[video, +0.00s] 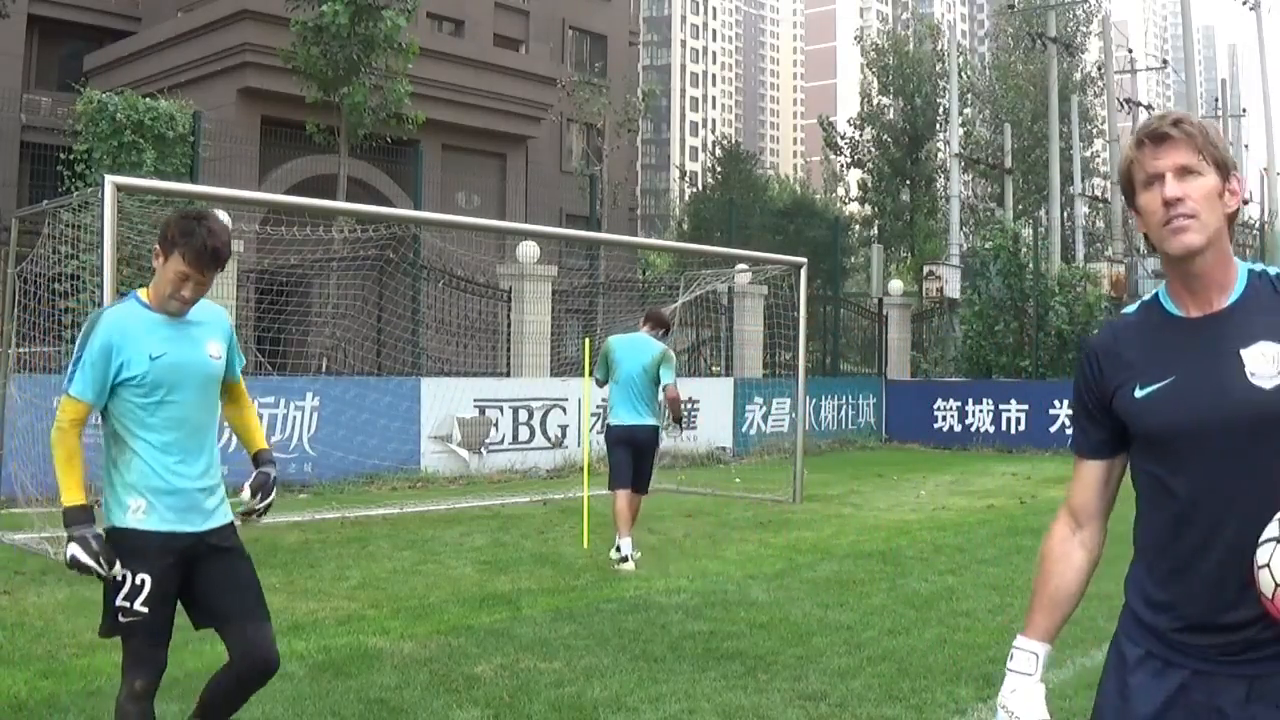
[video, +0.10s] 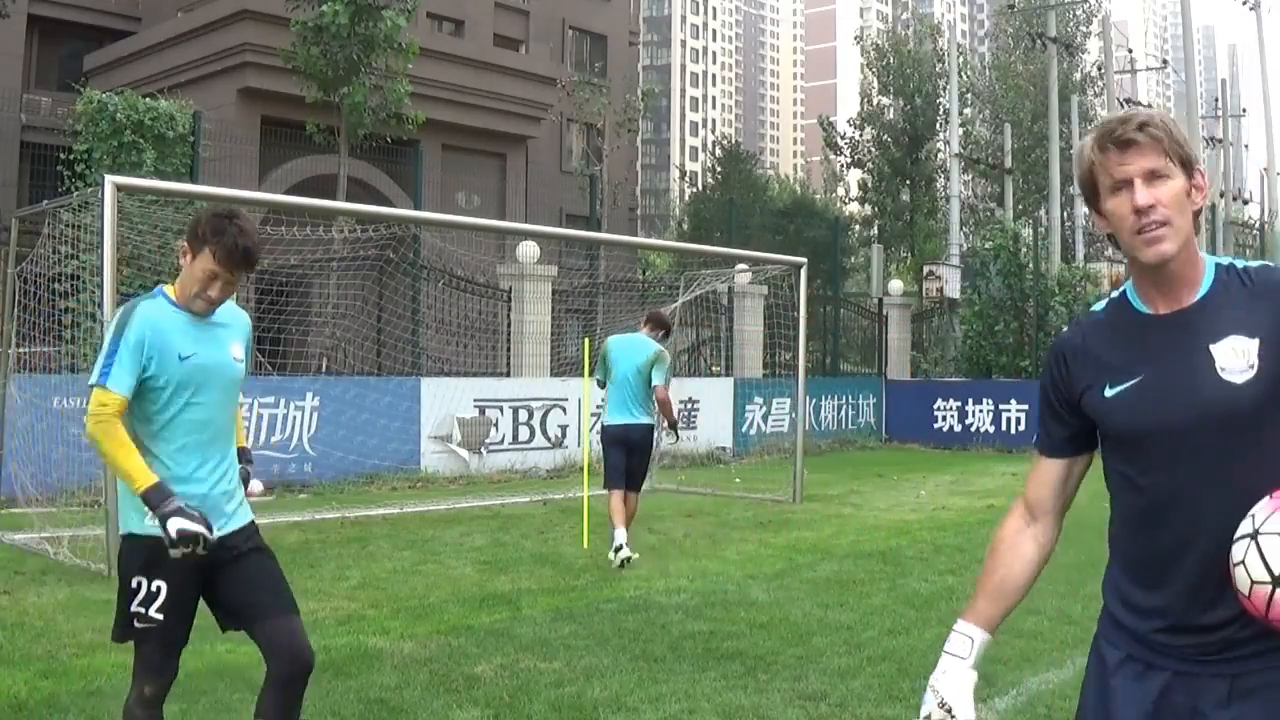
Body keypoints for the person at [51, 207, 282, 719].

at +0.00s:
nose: (190, 293)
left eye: (203, 284)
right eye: (183, 278)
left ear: (215, 276)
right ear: (159, 257)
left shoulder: (216, 323)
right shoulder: (112, 328)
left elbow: (235, 395)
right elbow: (67, 425)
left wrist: (263, 459)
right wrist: (78, 521)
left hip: (213, 526)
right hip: (142, 532)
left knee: (258, 660)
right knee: (141, 684)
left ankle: (198, 719)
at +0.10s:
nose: (217, 292)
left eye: (230, 283)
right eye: (210, 276)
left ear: (242, 280)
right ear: (186, 256)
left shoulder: (237, 322)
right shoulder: (141, 319)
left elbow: (229, 400)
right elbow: (102, 420)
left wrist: (242, 463)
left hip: (232, 526)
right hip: (159, 535)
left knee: (293, 660)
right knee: (151, 687)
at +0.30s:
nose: (260, 290)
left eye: (275, 279)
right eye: (252, 272)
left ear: (290, 276)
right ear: (231, 255)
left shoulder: (283, 330)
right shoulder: (201, 318)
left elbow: (267, 430)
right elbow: (265, 387)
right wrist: (352, 396)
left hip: (284, 547)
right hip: (212, 547)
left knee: (317, 699)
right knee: (180, 697)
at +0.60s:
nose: (365, 279)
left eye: (379, 269)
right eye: (353, 263)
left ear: (393, 265)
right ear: (325, 248)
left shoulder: (384, 324)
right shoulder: (305, 295)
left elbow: (383, 412)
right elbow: (419, 313)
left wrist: (420, 470)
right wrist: (471, 317)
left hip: (385, 538)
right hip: (324, 536)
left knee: (369, 701)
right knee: (342, 703)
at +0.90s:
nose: (520, 284)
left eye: (527, 272)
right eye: (510, 267)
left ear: (530, 272)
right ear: (470, 257)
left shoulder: (497, 334)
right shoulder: (426, 331)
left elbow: (483, 447)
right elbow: (389, 449)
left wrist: (543, 480)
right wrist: (488, 496)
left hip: (484, 562)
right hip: (446, 568)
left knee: (424, 710)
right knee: (524, 709)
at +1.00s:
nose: (559, 285)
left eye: (565, 273)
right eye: (549, 269)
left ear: (568, 271)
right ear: (507, 260)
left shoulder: (525, 336)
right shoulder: (465, 338)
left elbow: (508, 449)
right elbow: (392, 441)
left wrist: (571, 487)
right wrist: (476, 512)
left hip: (516, 568)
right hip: (496, 574)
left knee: (469, 707)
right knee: (558, 709)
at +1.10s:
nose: (616, 277)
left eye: (622, 263)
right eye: (606, 259)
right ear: (561, 252)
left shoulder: (577, 326)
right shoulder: (525, 327)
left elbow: (576, 431)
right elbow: (433, 418)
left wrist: (619, 488)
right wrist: (497, 516)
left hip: (582, 561)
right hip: (553, 569)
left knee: (584, 707)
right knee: (581, 710)